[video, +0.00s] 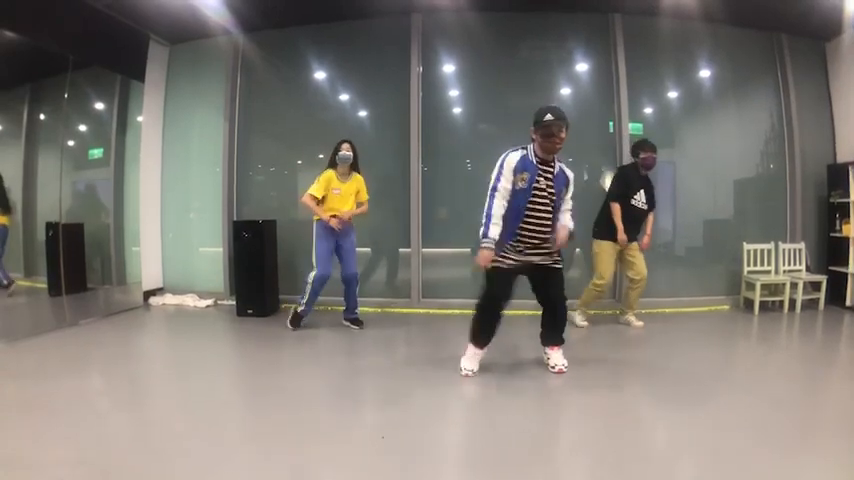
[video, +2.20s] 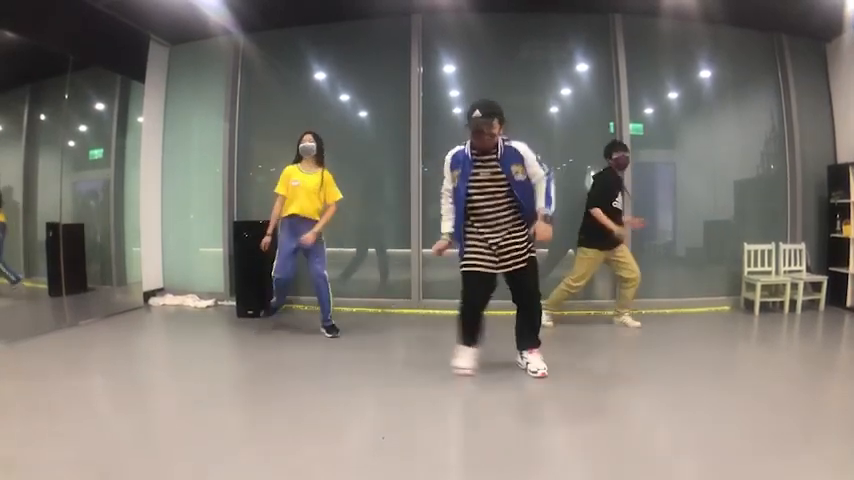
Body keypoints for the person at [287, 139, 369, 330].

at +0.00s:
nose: (345, 153)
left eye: (349, 150)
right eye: (342, 150)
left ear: (354, 156)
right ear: (336, 155)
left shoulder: (358, 179)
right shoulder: (327, 176)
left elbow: (364, 207)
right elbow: (306, 199)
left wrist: (349, 213)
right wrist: (327, 218)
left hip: (346, 228)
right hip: (324, 226)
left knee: (351, 273)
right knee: (323, 272)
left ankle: (351, 314)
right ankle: (301, 312)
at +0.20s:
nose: (336, 149)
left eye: (340, 146)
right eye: (333, 146)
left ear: (347, 151)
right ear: (328, 150)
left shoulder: (350, 178)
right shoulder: (316, 171)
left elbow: (357, 206)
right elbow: (304, 194)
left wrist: (348, 221)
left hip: (335, 223)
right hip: (314, 222)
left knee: (342, 274)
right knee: (299, 269)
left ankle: (352, 314)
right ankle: (298, 313)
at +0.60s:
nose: (303, 141)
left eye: (307, 138)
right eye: (300, 138)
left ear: (313, 145)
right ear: (295, 145)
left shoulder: (321, 167)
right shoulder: (290, 170)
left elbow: (329, 197)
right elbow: (284, 198)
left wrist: (320, 220)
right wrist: (277, 219)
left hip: (313, 216)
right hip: (294, 217)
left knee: (321, 268)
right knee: (293, 270)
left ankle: (332, 313)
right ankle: (295, 315)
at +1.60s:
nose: (283, 147)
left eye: (288, 144)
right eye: (281, 143)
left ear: (294, 149)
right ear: (275, 148)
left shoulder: (302, 172)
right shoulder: (268, 173)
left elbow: (311, 198)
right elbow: (260, 197)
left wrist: (301, 219)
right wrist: (264, 219)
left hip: (295, 220)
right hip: (274, 220)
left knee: (308, 268)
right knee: (270, 270)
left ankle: (327, 311)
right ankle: (265, 315)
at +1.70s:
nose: (282, 144)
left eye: (285, 141)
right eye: (278, 142)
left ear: (292, 146)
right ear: (273, 147)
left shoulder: (303, 171)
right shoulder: (267, 171)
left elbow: (307, 200)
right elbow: (263, 201)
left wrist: (311, 227)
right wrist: (264, 228)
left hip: (297, 218)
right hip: (274, 218)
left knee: (306, 259)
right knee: (271, 269)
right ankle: (266, 315)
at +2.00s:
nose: (291, 148)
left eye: (295, 145)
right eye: (287, 146)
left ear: (302, 150)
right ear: (282, 152)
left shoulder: (313, 177)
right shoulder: (277, 175)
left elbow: (327, 203)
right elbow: (259, 201)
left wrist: (323, 222)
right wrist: (263, 228)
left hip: (301, 226)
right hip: (278, 225)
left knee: (310, 268)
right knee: (269, 273)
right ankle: (258, 316)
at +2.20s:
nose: (307, 143)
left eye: (311, 141)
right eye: (303, 141)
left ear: (318, 147)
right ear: (298, 148)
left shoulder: (324, 175)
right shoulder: (289, 171)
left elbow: (332, 206)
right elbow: (279, 202)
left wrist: (314, 231)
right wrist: (269, 233)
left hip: (312, 224)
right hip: (288, 222)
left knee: (319, 273)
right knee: (281, 273)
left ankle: (327, 320)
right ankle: (277, 301)